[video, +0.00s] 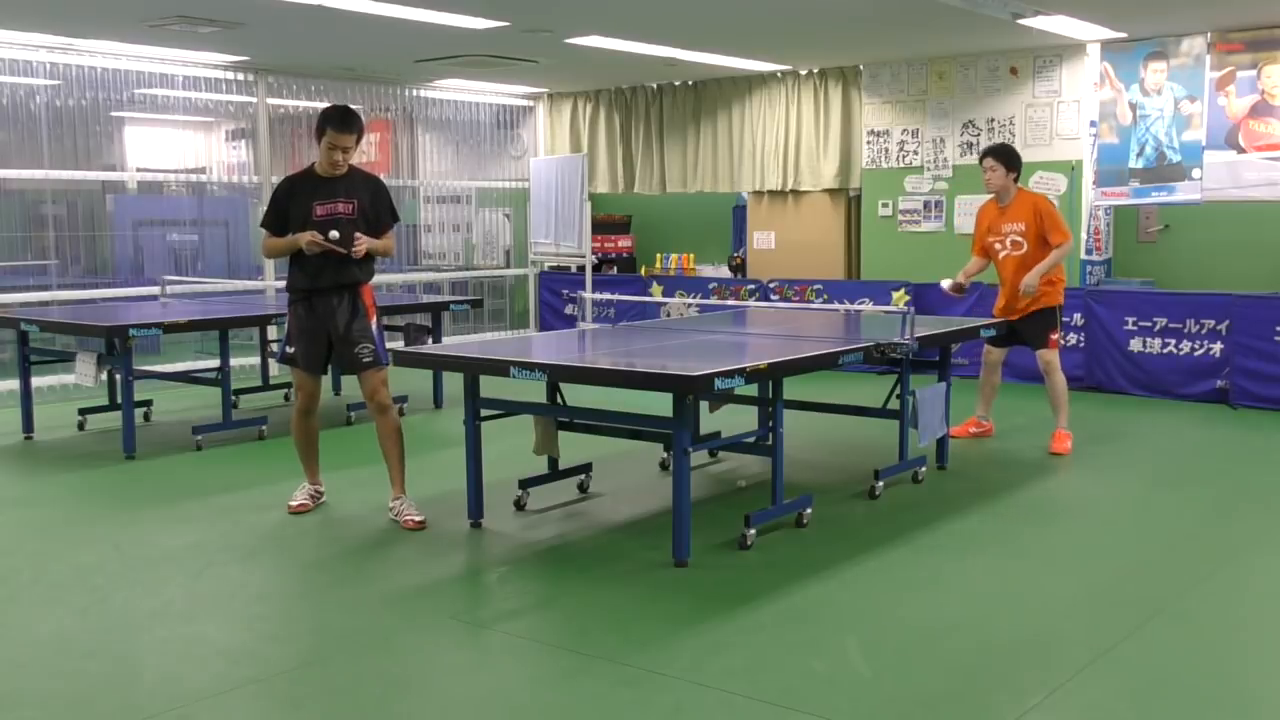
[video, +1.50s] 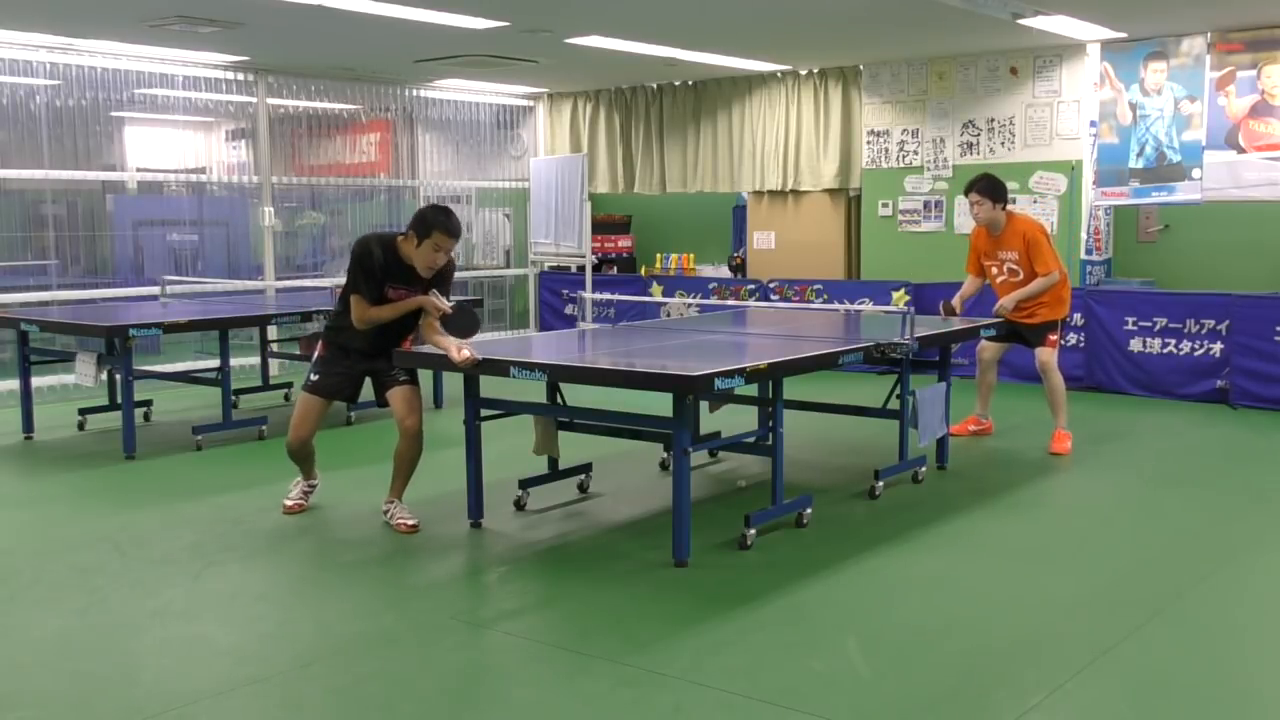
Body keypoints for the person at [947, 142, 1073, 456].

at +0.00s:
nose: (986, 176)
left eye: (992, 170)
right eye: (984, 171)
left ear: (1012, 173)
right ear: (984, 174)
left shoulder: (1038, 204)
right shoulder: (986, 211)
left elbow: (1065, 244)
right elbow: (982, 255)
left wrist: (1037, 273)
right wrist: (963, 276)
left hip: (1042, 297)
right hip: (1007, 300)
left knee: (1047, 360)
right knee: (991, 356)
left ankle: (1062, 429)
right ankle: (982, 420)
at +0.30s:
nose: (1005, 180)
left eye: (1011, 175)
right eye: (1002, 174)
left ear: (1030, 177)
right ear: (1000, 177)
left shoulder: (1054, 211)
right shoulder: (993, 211)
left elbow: (1071, 255)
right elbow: (978, 251)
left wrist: (1037, 271)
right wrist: (969, 279)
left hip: (1049, 304)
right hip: (1012, 304)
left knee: (1050, 361)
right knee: (993, 356)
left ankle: (1062, 429)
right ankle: (982, 417)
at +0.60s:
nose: (1002, 188)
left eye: (1008, 182)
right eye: (998, 183)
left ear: (1025, 182)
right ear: (995, 182)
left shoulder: (1046, 214)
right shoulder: (985, 215)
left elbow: (1058, 262)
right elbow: (947, 250)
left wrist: (1020, 271)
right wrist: (966, 279)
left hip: (1040, 307)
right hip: (999, 307)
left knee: (1047, 361)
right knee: (977, 356)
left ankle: (1061, 429)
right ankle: (981, 418)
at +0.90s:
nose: (994, 191)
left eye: (1000, 185)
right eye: (991, 185)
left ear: (1018, 185)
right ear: (988, 185)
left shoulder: (1042, 217)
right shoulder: (981, 218)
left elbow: (1054, 265)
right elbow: (951, 253)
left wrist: (1018, 275)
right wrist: (932, 275)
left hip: (1040, 309)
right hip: (1000, 308)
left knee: (1046, 361)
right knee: (977, 356)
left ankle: (1062, 429)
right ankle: (980, 419)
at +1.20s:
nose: (979, 203)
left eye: (984, 197)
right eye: (976, 197)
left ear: (1005, 197)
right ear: (976, 199)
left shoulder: (1033, 225)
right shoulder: (980, 230)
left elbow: (1057, 270)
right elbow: (967, 268)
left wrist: (1020, 293)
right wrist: (945, 286)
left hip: (1047, 308)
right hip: (1011, 308)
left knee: (1047, 361)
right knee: (985, 354)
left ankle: (1062, 429)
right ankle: (981, 418)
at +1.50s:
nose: (974, 211)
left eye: (980, 204)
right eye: (971, 204)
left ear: (999, 205)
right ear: (971, 206)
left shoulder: (1029, 230)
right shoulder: (979, 235)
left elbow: (1053, 275)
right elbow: (977, 276)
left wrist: (1015, 296)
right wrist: (958, 298)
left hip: (1046, 306)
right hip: (1011, 308)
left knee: (1045, 362)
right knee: (985, 353)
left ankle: (1061, 429)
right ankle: (982, 418)